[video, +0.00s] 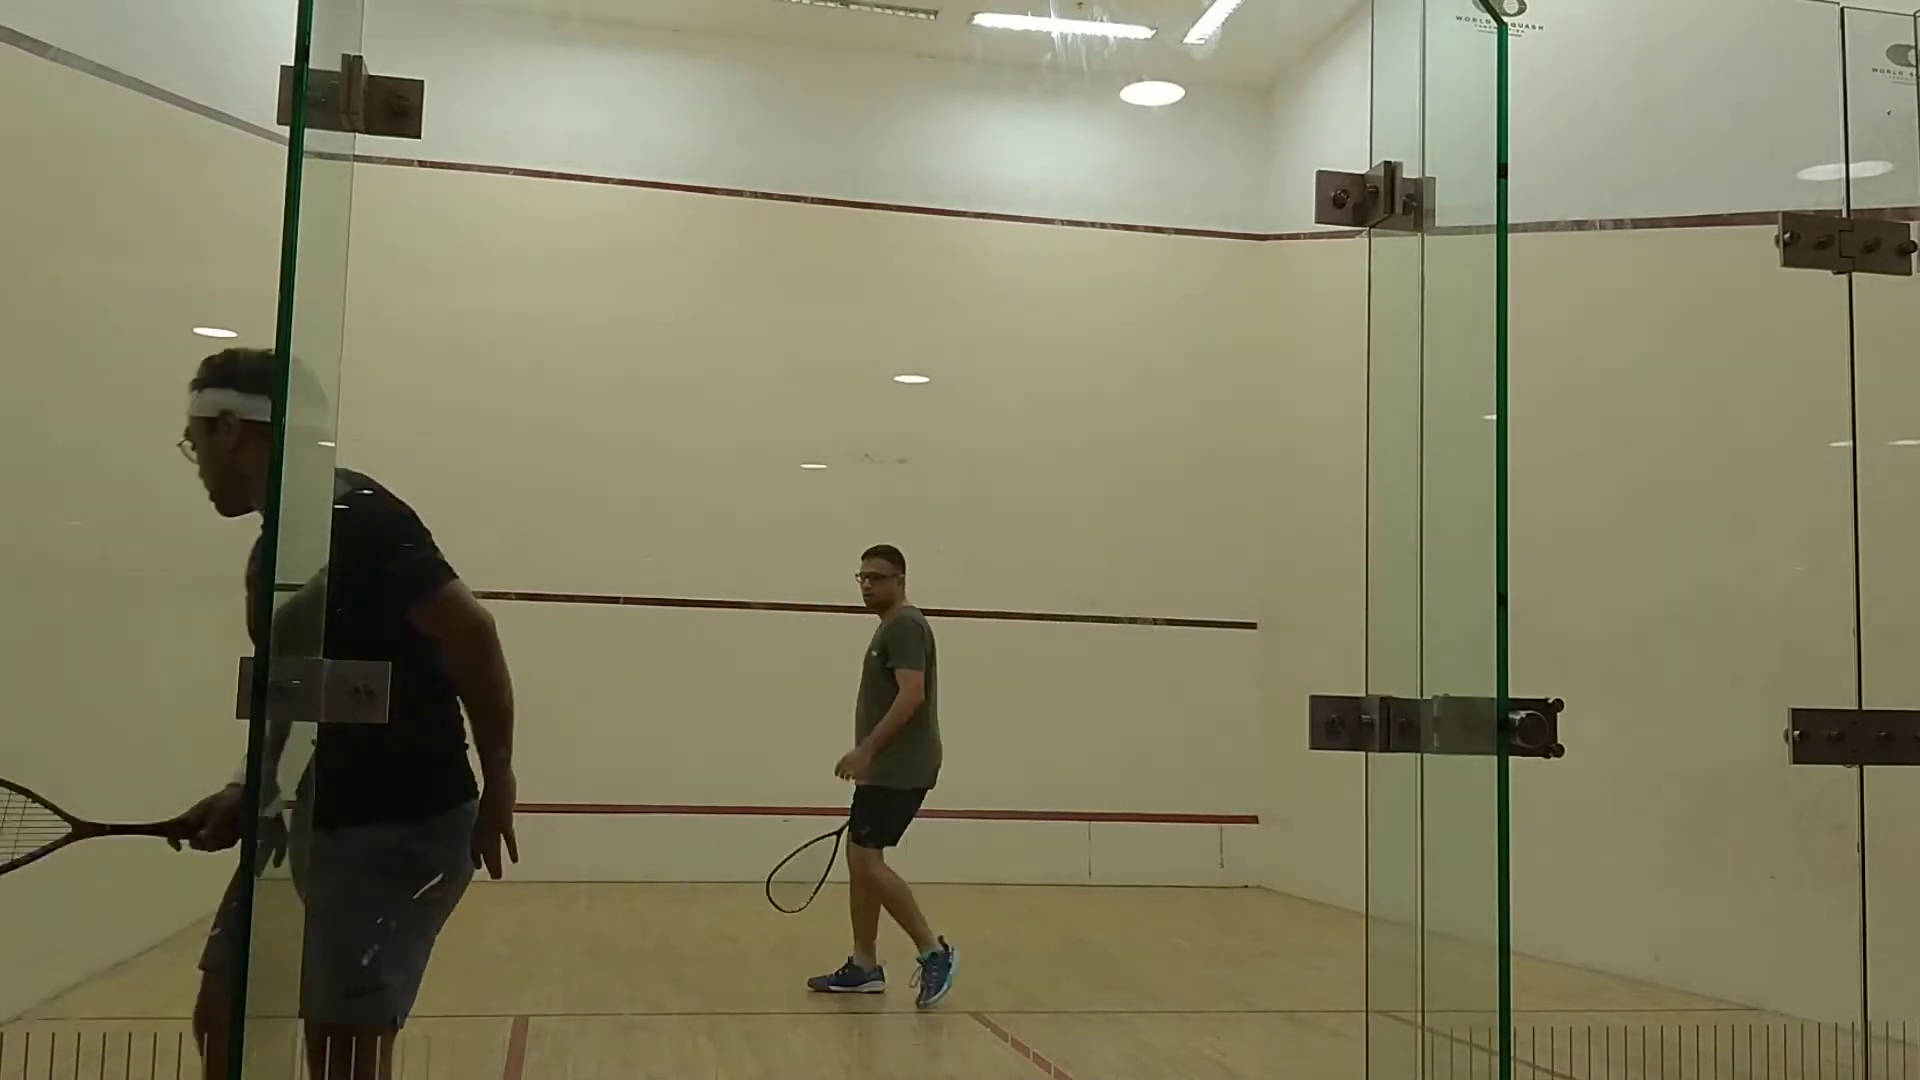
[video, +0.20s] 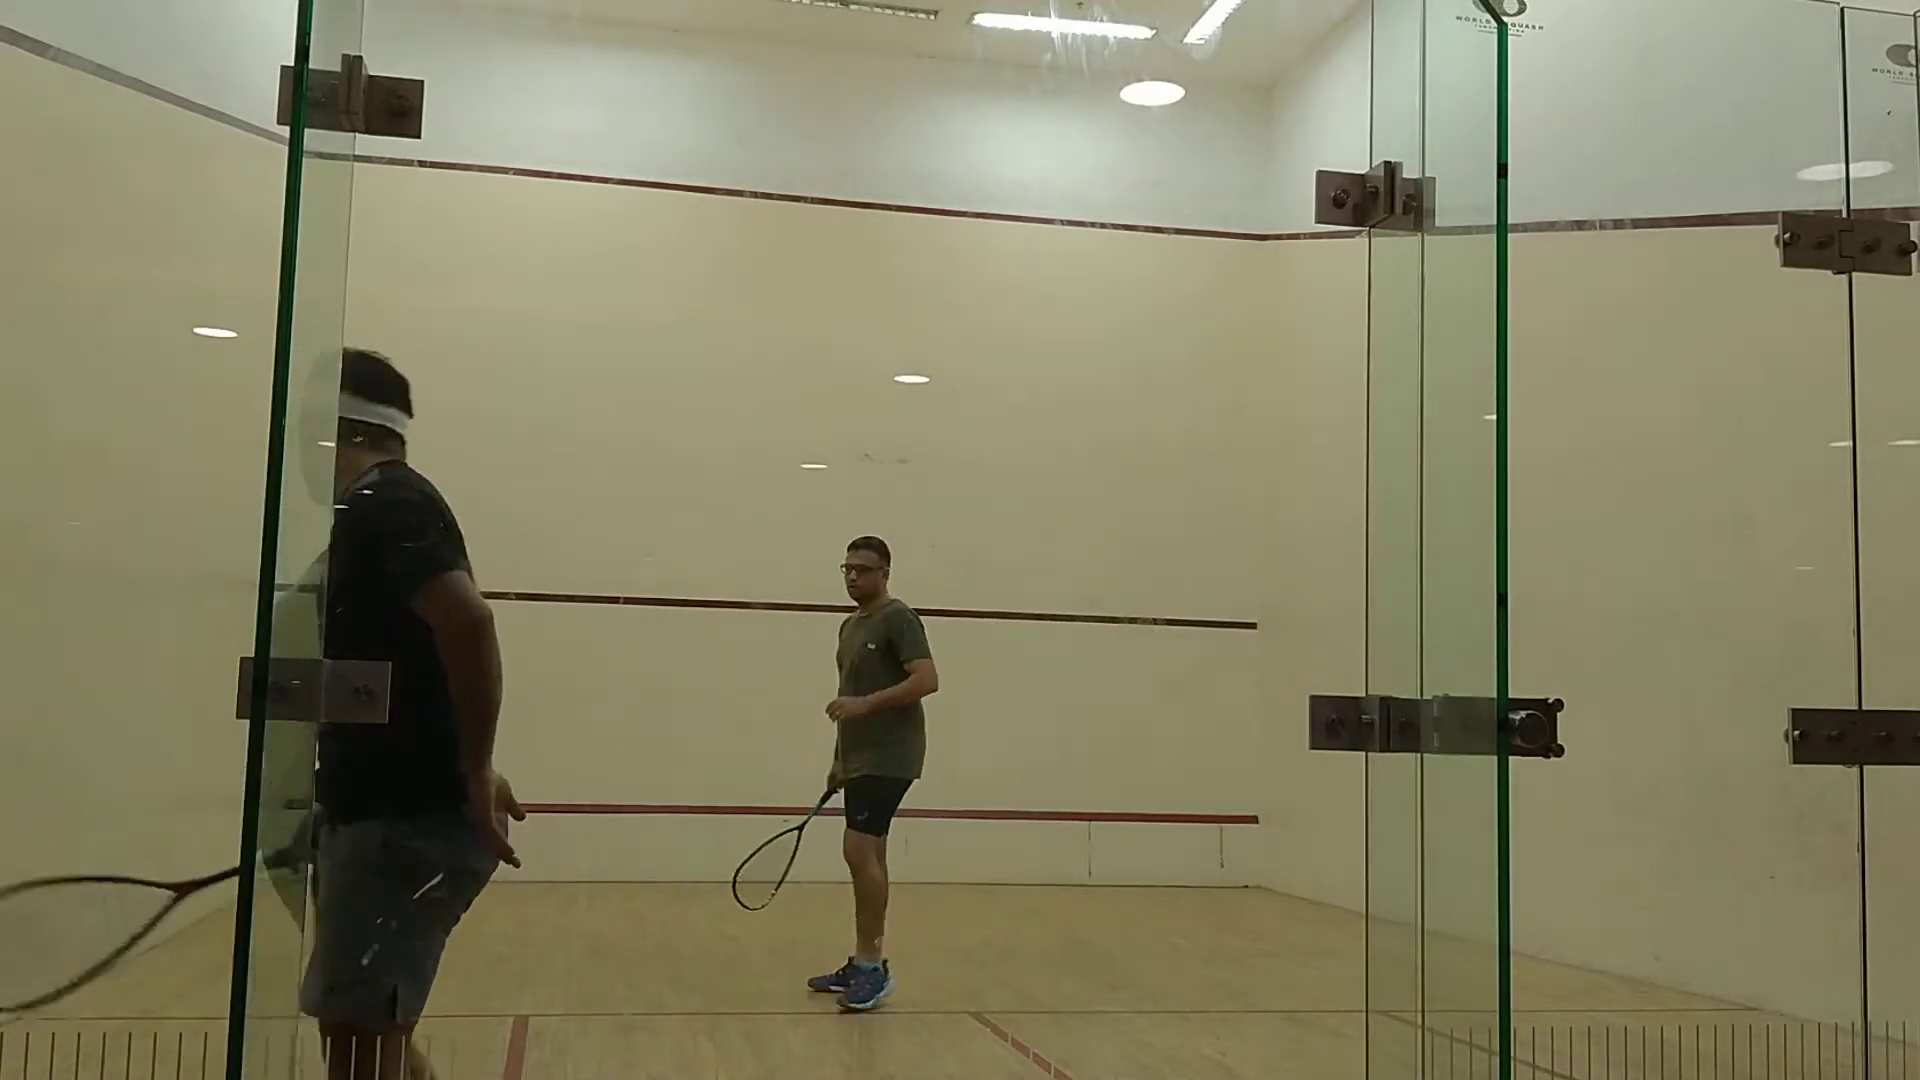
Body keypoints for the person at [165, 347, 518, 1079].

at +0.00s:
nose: (193, 463)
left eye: (198, 439)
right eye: (191, 443)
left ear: (243, 433)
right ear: (247, 436)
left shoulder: (361, 515)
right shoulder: (274, 550)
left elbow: (471, 633)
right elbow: (298, 697)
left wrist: (498, 784)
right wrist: (243, 792)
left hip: (401, 821)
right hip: (324, 808)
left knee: (344, 1044)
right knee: (221, 1014)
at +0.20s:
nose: (292, 445)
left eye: (301, 425)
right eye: (295, 425)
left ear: (331, 422)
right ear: (387, 425)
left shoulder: (389, 501)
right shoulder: (378, 505)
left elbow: (467, 626)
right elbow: (434, 653)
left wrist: (477, 772)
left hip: (403, 827)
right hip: (379, 823)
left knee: (359, 1030)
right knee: (367, 1027)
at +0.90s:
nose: (741, 513)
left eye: (742, 499)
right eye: (737, 498)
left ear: (660, 489)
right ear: (710, 496)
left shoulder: (585, 565)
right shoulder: (728, 580)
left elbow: (489, 667)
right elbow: (768, 711)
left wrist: (469, 772)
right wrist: (817, 816)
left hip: (569, 817)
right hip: (657, 832)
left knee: (608, 1007)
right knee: (582, 1025)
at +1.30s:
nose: (936, 547)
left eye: (940, 532)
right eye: (932, 530)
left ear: (870, 517)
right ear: (890, 520)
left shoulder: (814, 570)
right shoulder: (862, 588)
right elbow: (852, 704)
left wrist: (890, 773)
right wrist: (936, 786)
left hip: (768, 812)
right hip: (832, 823)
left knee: (750, 977)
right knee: (925, 965)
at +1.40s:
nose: (991, 559)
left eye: (995, 545)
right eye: (988, 542)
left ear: (936, 528)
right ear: (946, 529)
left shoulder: (879, 586)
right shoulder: (910, 602)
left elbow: (900, 714)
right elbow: (896, 715)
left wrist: (959, 777)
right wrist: (990, 779)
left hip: (820, 822)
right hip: (883, 836)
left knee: (778, 984)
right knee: (959, 1002)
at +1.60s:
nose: (1116, 564)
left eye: (1121, 551)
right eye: (1115, 547)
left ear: (1061, 530)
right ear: (1076, 531)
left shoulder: (998, 582)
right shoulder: (1038, 597)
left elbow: (1009, 710)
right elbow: (1022, 709)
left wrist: (1085, 769)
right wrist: (1112, 765)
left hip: (955, 819)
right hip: (1015, 827)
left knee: (976, 978)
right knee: (1064, 987)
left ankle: (840, 1067)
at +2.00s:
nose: (1319, 578)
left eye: (1323, 563)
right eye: (1317, 561)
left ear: (1264, 546)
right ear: (1282, 547)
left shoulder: (1200, 605)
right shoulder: (1257, 612)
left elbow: (1216, 716)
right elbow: (1273, 726)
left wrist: (1302, 710)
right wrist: (1332, 762)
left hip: (1217, 829)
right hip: (1236, 838)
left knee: (1283, 970)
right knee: (1200, 997)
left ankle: (1304, 1077)